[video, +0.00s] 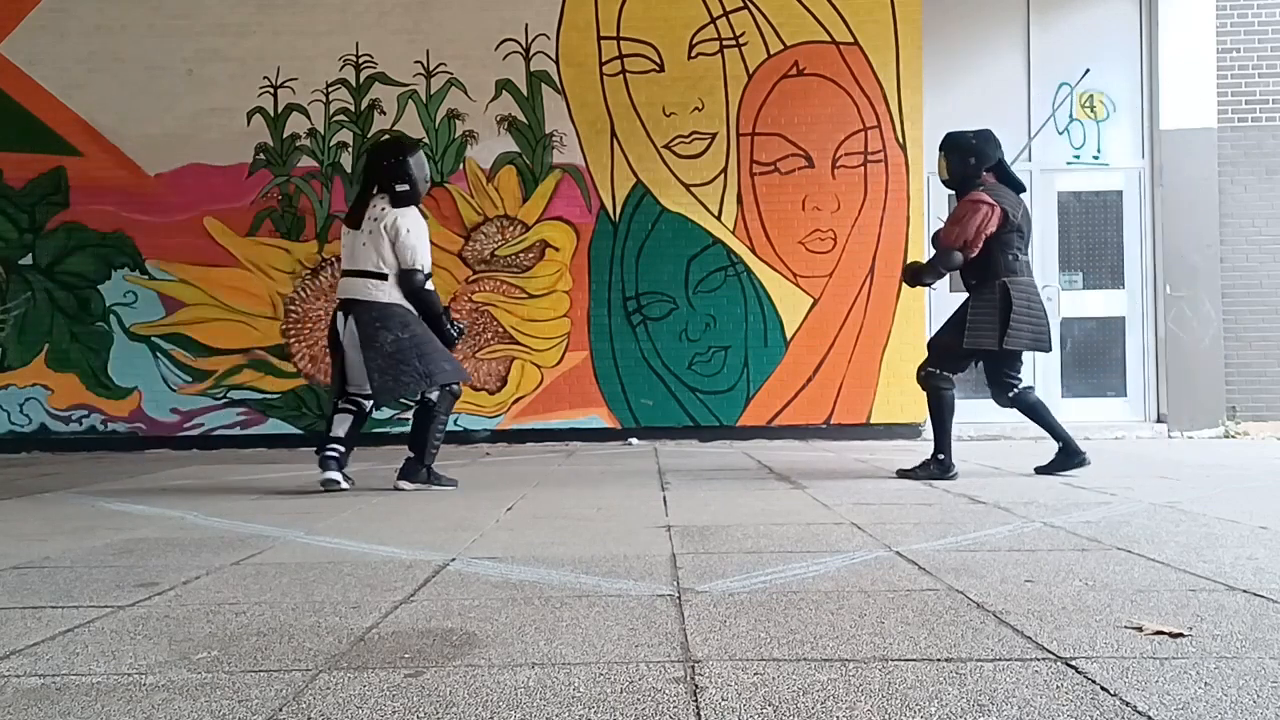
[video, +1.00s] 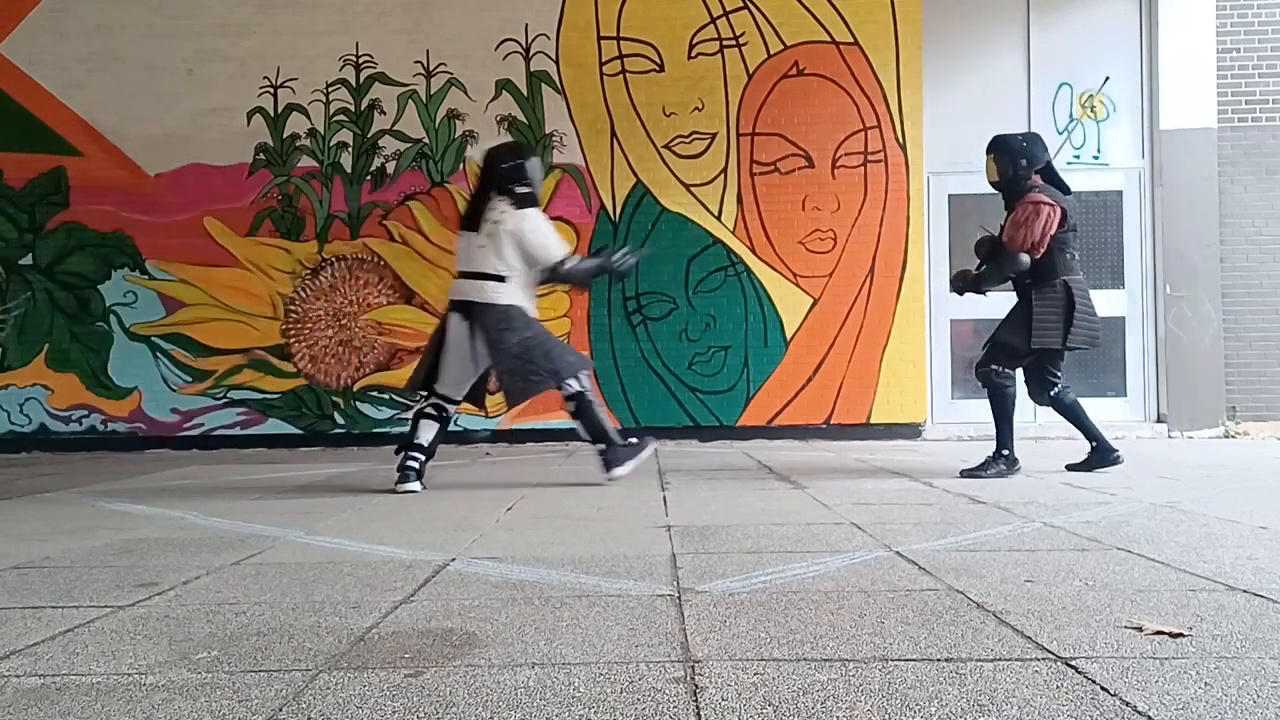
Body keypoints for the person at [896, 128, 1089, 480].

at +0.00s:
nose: (944, 169)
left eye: (950, 161)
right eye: (944, 161)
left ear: (973, 164)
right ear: (986, 165)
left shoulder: (979, 201)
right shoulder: (1008, 198)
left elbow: (949, 255)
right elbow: (977, 253)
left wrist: (922, 274)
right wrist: (933, 269)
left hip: (993, 301)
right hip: (1017, 300)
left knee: (935, 368)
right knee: (1007, 387)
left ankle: (941, 460)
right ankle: (1070, 449)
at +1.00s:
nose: (992, 172)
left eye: (998, 164)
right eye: (992, 165)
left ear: (1022, 165)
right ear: (1026, 167)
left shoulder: (1034, 203)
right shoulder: (1034, 200)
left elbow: (1015, 260)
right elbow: (1026, 256)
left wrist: (975, 280)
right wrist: (994, 250)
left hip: (1048, 300)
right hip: (1056, 299)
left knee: (994, 367)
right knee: (1044, 385)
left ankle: (1004, 456)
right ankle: (1102, 447)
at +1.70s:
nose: (1038, 170)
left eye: (1046, 163)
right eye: (1039, 162)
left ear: (1074, 166)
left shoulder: (1090, 212)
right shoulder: (1043, 202)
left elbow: (1038, 252)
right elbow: (1021, 248)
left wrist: (974, 249)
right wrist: (972, 250)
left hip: (1064, 304)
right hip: (1038, 300)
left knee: (1005, 377)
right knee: (1022, 387)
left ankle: (982, 462)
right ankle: (1108, 438)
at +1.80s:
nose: (1066, 149)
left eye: (1075, 143)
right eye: (1068, 141)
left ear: (1101, 146)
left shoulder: (1119, 189)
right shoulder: (1068, 184)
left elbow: (1059, 219)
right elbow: (1032, 226)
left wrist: (996, 200)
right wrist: (994, 201)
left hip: (1096, 300)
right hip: (1071, 297)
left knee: (1030, 381)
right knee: (1068, 395)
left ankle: (989, 461)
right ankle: (1140, 463)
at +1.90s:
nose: (1090, 127)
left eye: (1097, 121)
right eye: (1093, 120)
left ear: (1119, 128)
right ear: (1126, 129)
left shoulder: (1139, 172)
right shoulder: (1119, 169)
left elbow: (1076, 192)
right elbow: (1055, 199)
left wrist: (1017, 167)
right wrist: (1021, 167)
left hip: (1120, 291)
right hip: (1116, 289)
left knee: (1054, 360)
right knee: (1091, 379)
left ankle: (1056, 451)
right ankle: (1142, 463)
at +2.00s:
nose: (1117, 106)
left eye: (1124, 99)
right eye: (1120, 98)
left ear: (1146, 109)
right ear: (1160, 110)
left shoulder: (1160, 155)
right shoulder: (1166, 150)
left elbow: (1094, 179)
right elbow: (1096, 172)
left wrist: (1035, 152)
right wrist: (1054, 146)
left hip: (1150, 272)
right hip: (1152, 270)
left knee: (1107, 356)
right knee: (1109, 357)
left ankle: (1149, 456)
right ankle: (1152, 448)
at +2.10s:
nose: (1147, 96)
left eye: (1156, 88)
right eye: (1150, 87)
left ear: (1180, 95)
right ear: (1193, 95)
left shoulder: (1190, 144)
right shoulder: (1188, 137)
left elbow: (1118, 178)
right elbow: (1129, 170)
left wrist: (1057, 152)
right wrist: (1081, 149)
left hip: (1189, 268)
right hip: (1174, 266)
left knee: (1170, 368)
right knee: (1156, 365)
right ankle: (1157, 459)